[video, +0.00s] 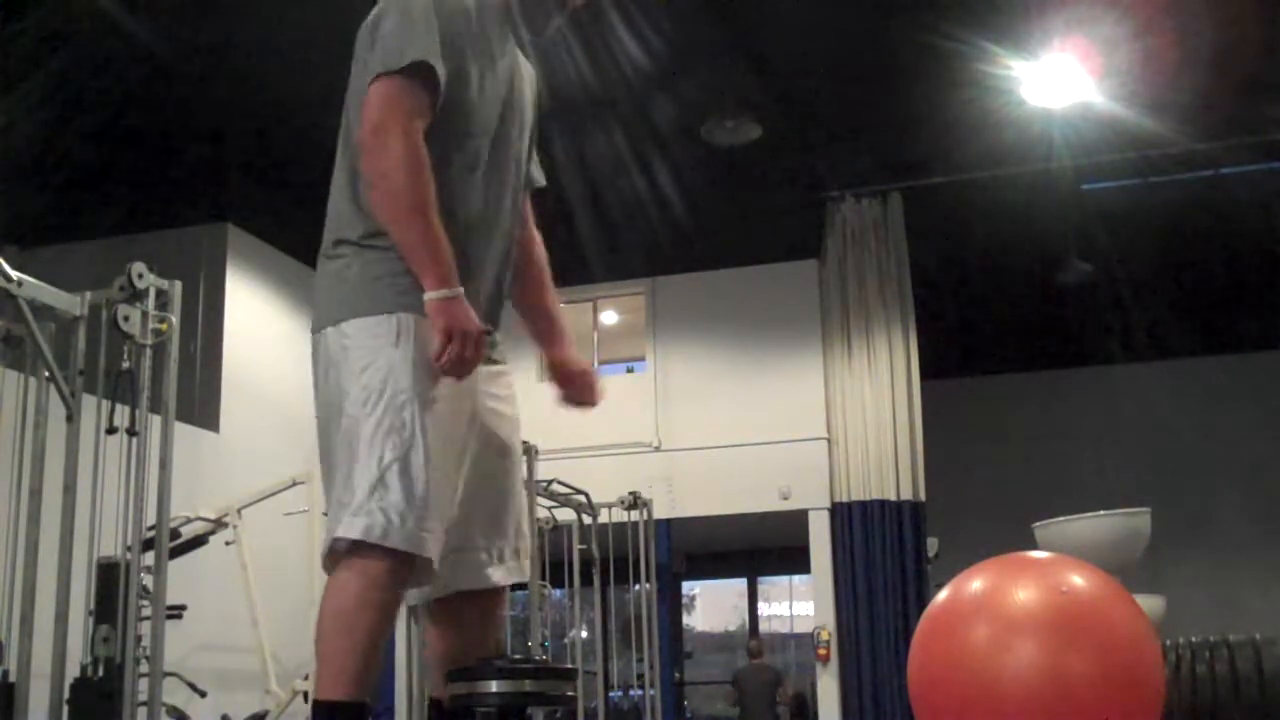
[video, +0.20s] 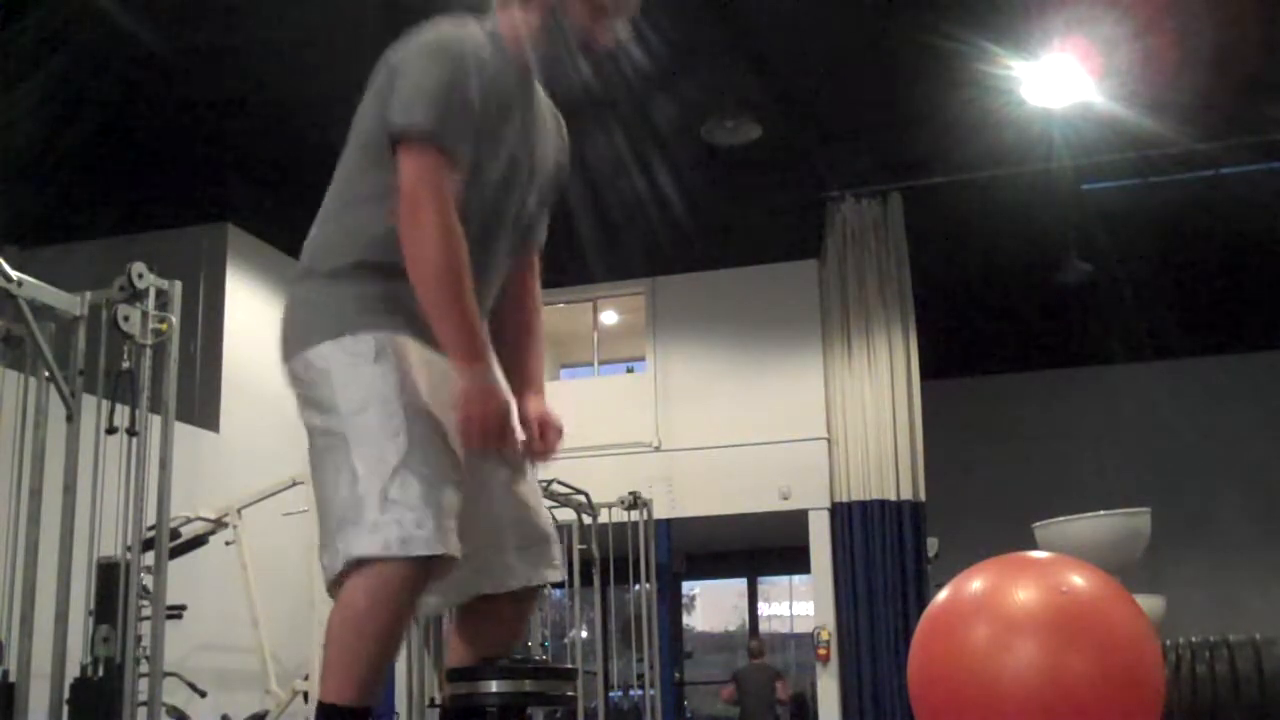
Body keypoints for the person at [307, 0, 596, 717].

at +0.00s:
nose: (580, 6)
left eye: (581, 10)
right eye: (578, 3)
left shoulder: (517, 64)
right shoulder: (427, 6)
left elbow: (513, 217)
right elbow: (386, 137)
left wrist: (557, 342)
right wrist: (442, 286)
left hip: (472, 323)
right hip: (388, 305)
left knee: (474, 567)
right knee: (380, 543)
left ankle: (470, 717)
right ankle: (336, 714)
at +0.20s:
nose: (608, 35)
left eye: (619, 22)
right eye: (601, 11)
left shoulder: (549, 131)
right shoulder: (447, 50)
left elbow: (519, 272)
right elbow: (424, 213)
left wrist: (530, 389)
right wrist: (475, 369)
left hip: (454, 342)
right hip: (358, 318)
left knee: (511, 558)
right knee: (402, 535)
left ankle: (475, 712)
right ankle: (339, 713)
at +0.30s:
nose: (617, 87)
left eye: (629, 75)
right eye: (613, 61)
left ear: (627, 89)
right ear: (564, 41)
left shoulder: (559, 192)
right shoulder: (464, 118)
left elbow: (526, 335)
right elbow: (447, 292)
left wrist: (542, 462)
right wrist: (486, 453)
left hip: (422, 377)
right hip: (329, 350)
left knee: (532, 554)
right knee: (420, 533)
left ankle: (476, 711)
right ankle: (342, 715)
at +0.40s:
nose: (639, 146)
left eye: (645, 129)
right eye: (628, 120)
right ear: (571, 108)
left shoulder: (566, 263)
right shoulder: (480, 199)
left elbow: (538, 420)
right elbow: (467, 390)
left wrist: (548, 562)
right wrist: (489, 552)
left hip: (403, 415)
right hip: (314, 392)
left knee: (552, 569)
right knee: (441, 542)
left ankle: (487, 709)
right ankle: (347, 712)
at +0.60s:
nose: (646, 202)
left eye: (647, 186)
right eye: (630, 178)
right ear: (569, 175)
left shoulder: (575, 329)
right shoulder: (500, 264)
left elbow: (547, 476)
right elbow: (480, 456)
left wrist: (548, 623)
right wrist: (489, 623)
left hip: (394, 463)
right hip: (305, 444)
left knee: (570, 575)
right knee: (466, 552)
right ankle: (356, 708)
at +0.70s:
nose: (642, 206)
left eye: (642, 191)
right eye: (626, 185)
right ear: (567, 188)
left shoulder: (577, 342)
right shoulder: (500, 278)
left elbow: (546, 497)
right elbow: (478, 468)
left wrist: (547, 646)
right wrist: (482, 634)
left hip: (394, 477)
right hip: (301, 457)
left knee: (572, 578)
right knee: (465, 550)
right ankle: (357, 708)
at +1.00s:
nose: (604, 192)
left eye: (601, 177)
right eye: (584, 174)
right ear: (527, 186)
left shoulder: (567, 342)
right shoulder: (477, 286)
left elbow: (541, 494)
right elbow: (468, 475)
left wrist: (540, 636)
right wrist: (477, 640)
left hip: (392, 497)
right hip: (291, 485)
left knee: (574, 576)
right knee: (456, 546)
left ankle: (484, 710)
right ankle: (355, 711)